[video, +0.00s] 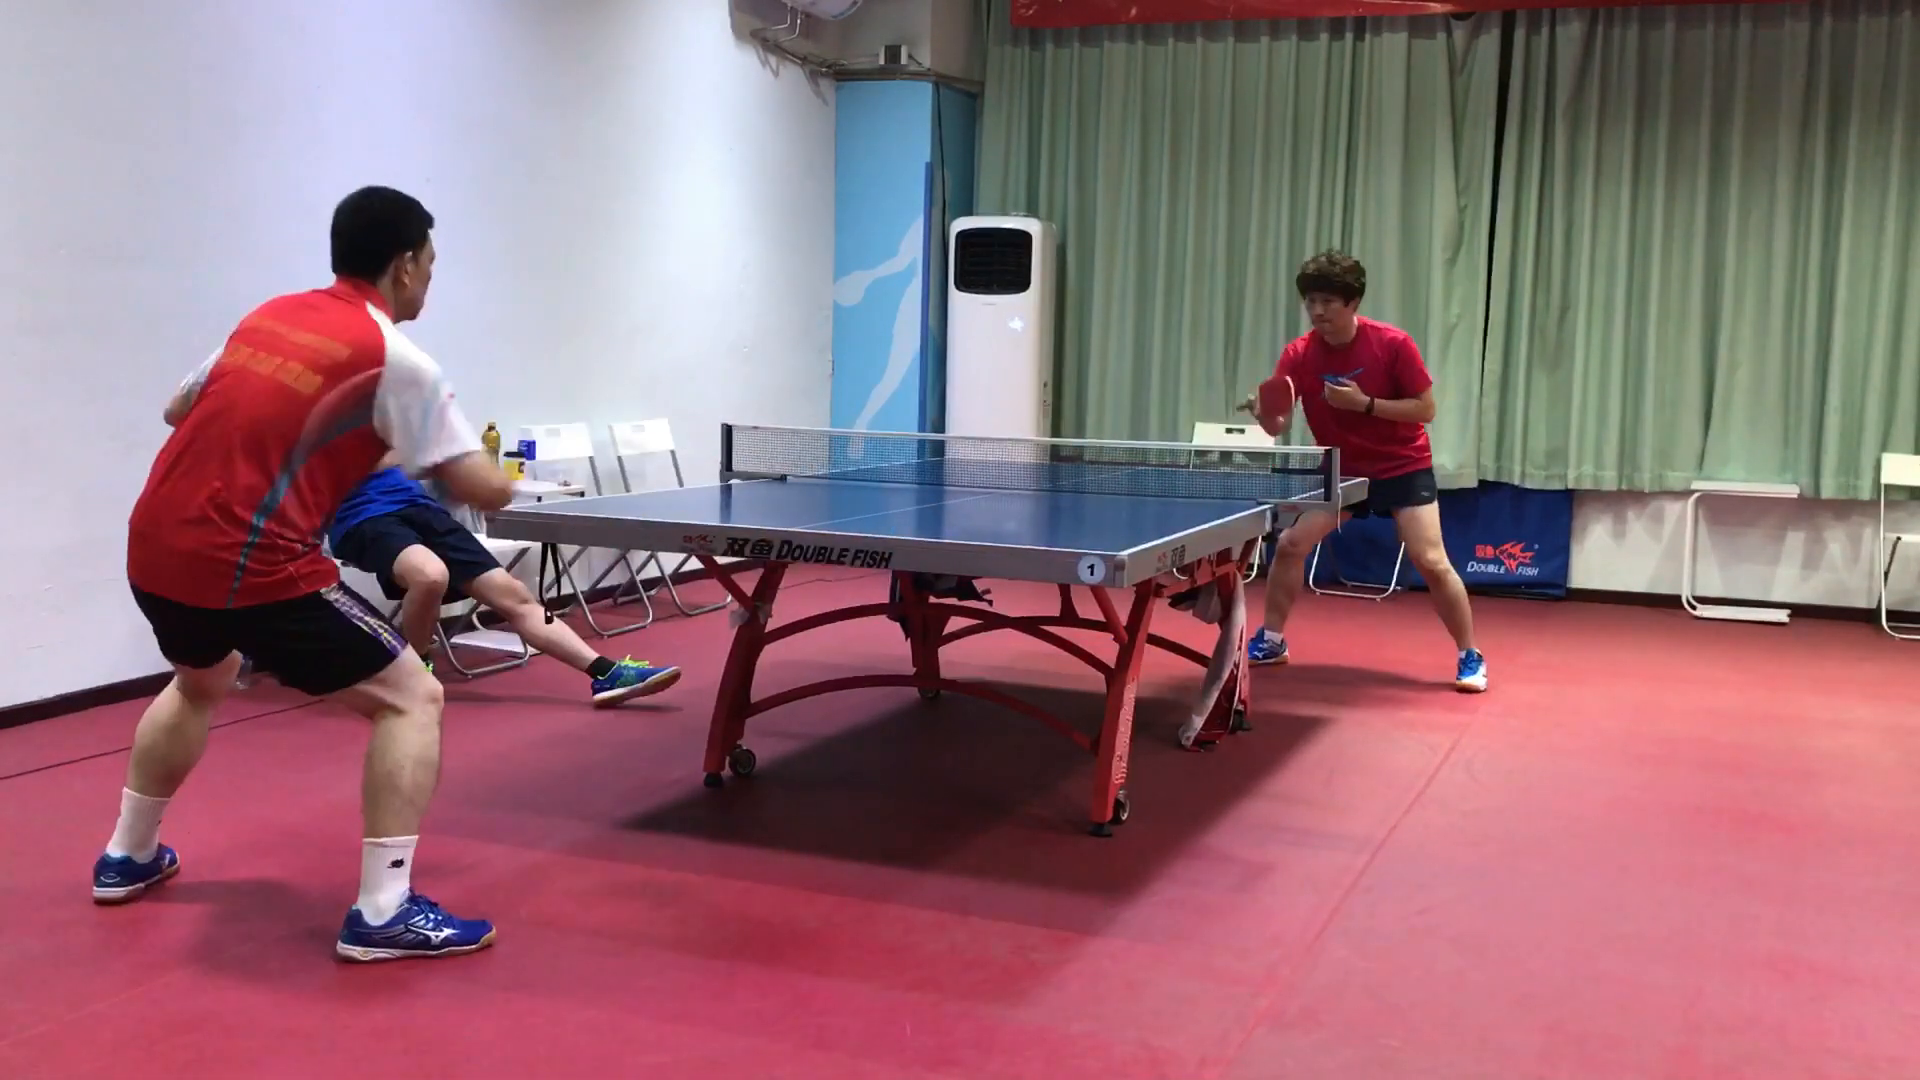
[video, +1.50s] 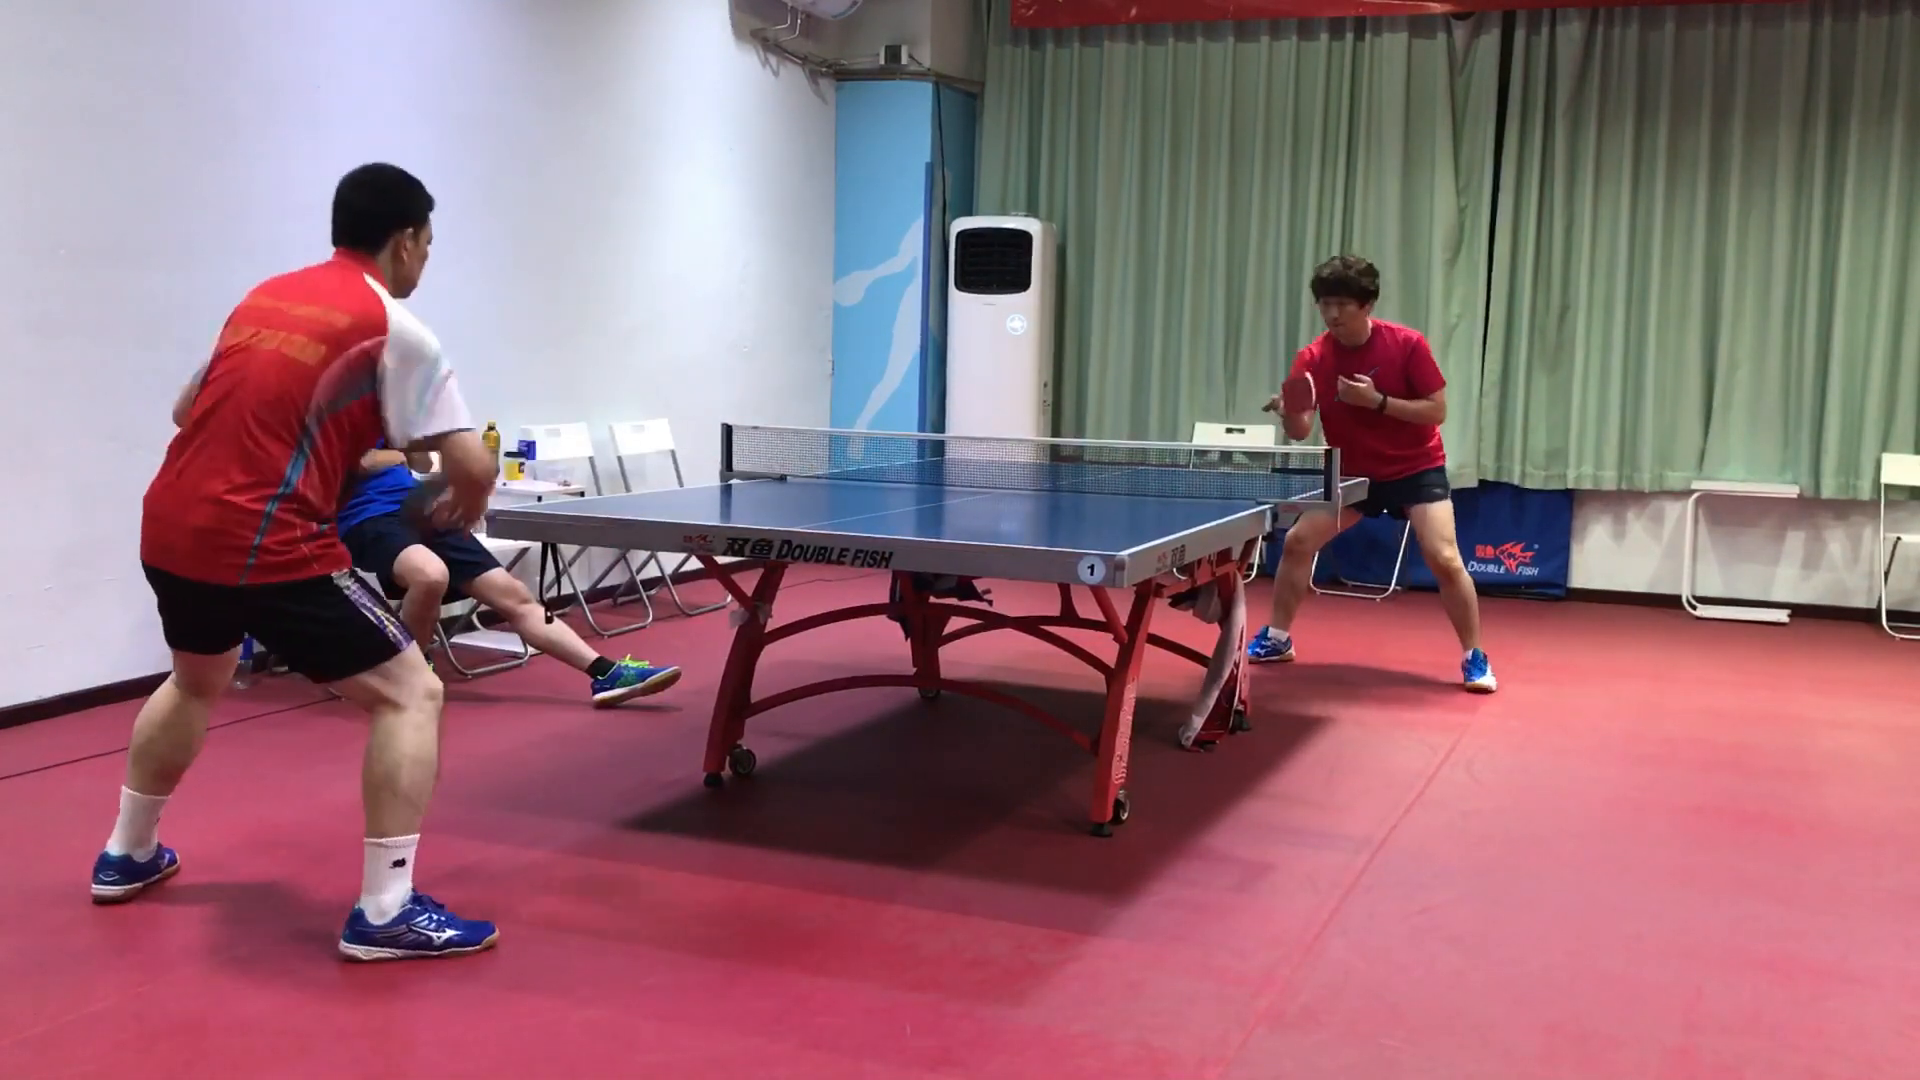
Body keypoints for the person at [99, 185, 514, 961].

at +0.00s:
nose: (430, 282)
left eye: (431, 267)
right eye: (428, 266)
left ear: (342, 260)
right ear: (404, 266)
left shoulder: (270, 315)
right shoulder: (397, 358)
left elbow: (180, 410)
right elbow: (478, 488)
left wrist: (285, 440)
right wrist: (505, 477)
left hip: (157, 555)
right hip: (259, 570)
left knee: (200, 679)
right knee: (413, 697)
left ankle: (126, 854)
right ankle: (383, 907)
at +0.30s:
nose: (409, 208)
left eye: (408, 193)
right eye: (406, 193)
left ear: (318, 200)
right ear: (380, 200)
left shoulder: (250, 266)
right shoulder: (394, 284)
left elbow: (162, 357)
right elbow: (521, 365)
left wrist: (249, 420)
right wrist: (624, 362)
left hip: (182, 518)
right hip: (292, 534)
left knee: (177, 685)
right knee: (405, 691)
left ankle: (122, 854)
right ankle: (383, 908)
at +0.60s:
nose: (414, 224)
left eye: (413, 208)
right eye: (412, 209)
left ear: (329, 207)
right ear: (386, 211)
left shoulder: (266, 275)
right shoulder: (367, 294)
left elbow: (278, 438)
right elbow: (427, 431)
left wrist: (392, 457)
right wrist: (488, 459)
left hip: (165, 521)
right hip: (256, 534)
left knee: (192, 680)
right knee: (375, 691)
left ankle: (126, 853)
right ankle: (370, 914)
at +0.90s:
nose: (418, 229)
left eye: (417, 215)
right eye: (418, 215)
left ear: (331, 209)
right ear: (400, 217)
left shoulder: (257, 274)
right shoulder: (408, 312)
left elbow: (173, 380)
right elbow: (523, 392)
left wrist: (276, 397)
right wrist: (592, 387)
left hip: (165, 515)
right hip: (277, 533)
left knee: (169, 682)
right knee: (387, 692)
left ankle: (125, 849)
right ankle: (372, 911)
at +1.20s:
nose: (383, 190)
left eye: (380, 174)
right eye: (380, 174)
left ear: (297, 176)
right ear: (356, 178)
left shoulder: (230, 253)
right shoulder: (362, 263)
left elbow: (169, 370)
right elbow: (452, 374)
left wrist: (270, 400)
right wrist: (550, 396)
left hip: (178, 499)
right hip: (277, 506)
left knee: (176, 679)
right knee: (370, 681)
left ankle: (125, 852)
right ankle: (386, 899)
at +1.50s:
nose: (427, 259)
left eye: (429, 245)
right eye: (426, 245)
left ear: (340, 235)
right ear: (404, 244)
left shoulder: (266, 296)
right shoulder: (396, 329)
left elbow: (189, 412)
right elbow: (473, 467)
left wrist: (324, 456)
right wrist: (464, 506)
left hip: (173, 533)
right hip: (272, 548)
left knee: (194, 684)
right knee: (411, 692)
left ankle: (127, 853)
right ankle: (386, 908)